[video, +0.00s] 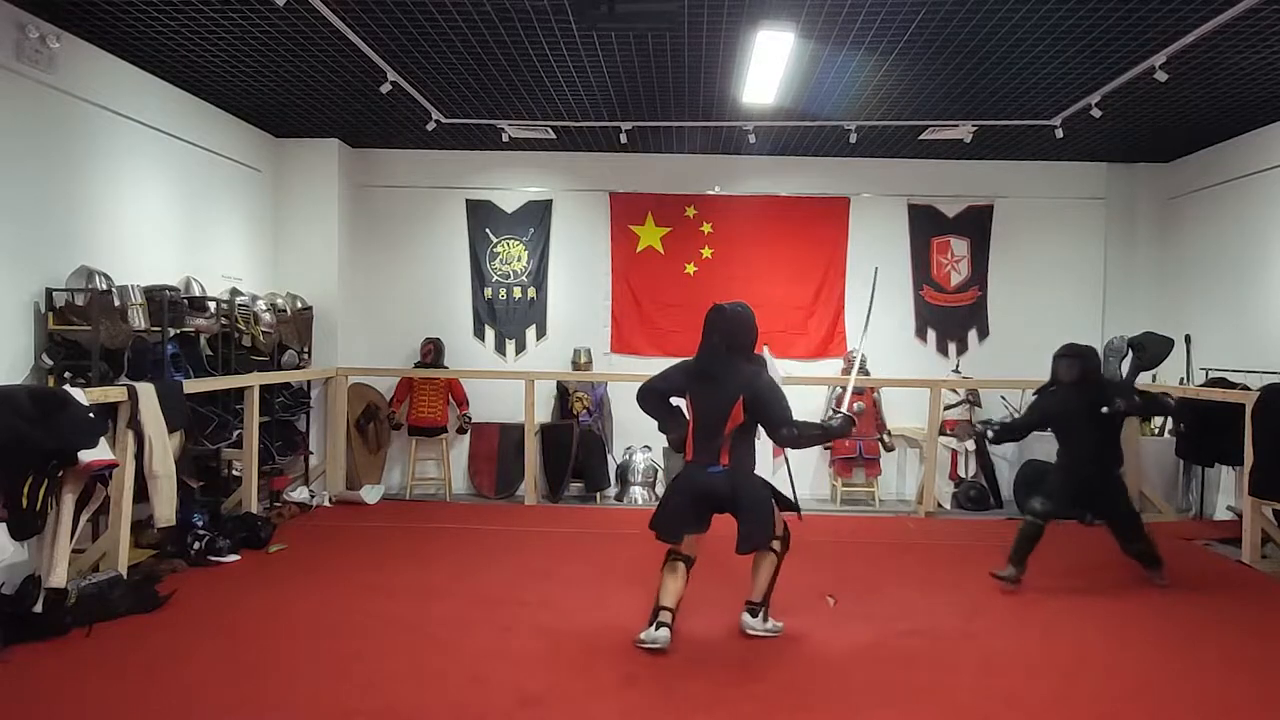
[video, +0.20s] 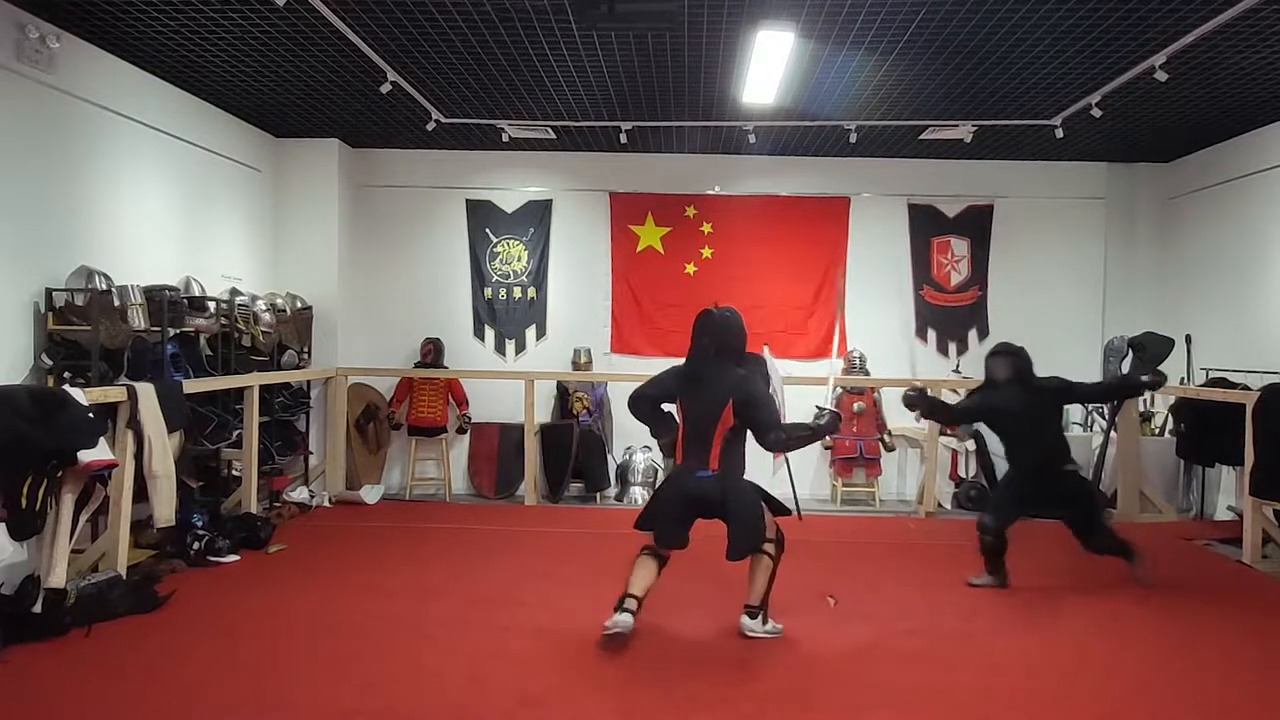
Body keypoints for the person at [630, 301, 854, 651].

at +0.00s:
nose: (756, 338)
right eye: (753, 332)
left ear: (710, 335)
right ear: (748, 336)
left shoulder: (690, 369)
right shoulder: (754, 377)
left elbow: (648, 394)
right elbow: (786, 433)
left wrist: (676, 428)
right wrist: (834, 429)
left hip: (692, 479)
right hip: (738, 481)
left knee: (682, 550)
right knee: (777, 532)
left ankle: (662, 624)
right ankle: (755, 612)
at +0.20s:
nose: (746, 341)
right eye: (742, 335)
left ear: (700, 340)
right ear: (737, 340)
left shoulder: (683, 374)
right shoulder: (746, 381)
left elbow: (639, 401)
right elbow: (773, 439)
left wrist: (668, 432)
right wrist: (822, 427)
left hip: (680, 485)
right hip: (727, 487)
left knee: (655, 547)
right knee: (771, 537)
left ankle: (626, 610)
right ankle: (754, 614)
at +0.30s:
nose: (730, 342)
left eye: (726, 335)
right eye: (726, 337)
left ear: (685, 345)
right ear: (717, 345)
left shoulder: (667, 379)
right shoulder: (729, 387)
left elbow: (626, 405)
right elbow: (758, 443)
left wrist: (656, 436)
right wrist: (804, 428)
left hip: (667, 489)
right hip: (715, 491)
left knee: (636, 552)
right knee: (766, 537)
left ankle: (582, 605)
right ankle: (753, 615)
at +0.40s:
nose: (702, 335)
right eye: (698, 330)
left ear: (655, 339)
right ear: (693, 339)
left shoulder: (640, 374)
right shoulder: (701, 383)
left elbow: (604, 401)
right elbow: (721, 446)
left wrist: (634, 431)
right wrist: (742, 418)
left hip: (643, 483)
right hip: (690, 486)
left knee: (618, 557)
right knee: (743, 537)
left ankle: (555, 609)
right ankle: (755, 616)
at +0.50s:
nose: (679, 334)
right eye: (675, 328)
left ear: (629, 331)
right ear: (672, 336)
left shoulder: (610, 362)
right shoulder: (675, 380)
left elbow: (570, 387)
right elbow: (683, 426)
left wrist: (601, 414)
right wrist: (679, 385)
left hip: (602, 477)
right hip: (649, 477)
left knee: (596, 556)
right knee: (700, 541)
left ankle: (546, 619)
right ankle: (727, 621)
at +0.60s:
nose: (649, 334)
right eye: (647, 328)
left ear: (603, 331)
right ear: (642, 336)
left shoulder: (583, 365)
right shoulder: (645, 376)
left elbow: (540, 389)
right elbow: (682, 411)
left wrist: (573, 419)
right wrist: (673, 377)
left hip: (575, 480)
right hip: (620, 482)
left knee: (567, 548)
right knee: (665, 540)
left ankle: (529, 611)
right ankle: (646, 624)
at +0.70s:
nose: (608, 337)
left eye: (602, 330)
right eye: (603, 332)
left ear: (561, 343)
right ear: (598, 342)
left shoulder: (548, 381)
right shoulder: (613, 377)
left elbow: (504, 412)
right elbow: (666, 402)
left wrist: (538, 451)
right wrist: (707, 384)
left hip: (550, 493)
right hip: (598, 494)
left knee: (514, 552)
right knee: (641, 544)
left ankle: (465, 613)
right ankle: (644, 629)